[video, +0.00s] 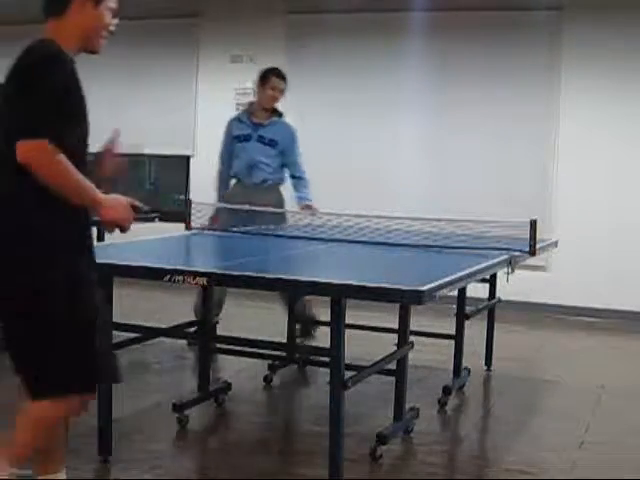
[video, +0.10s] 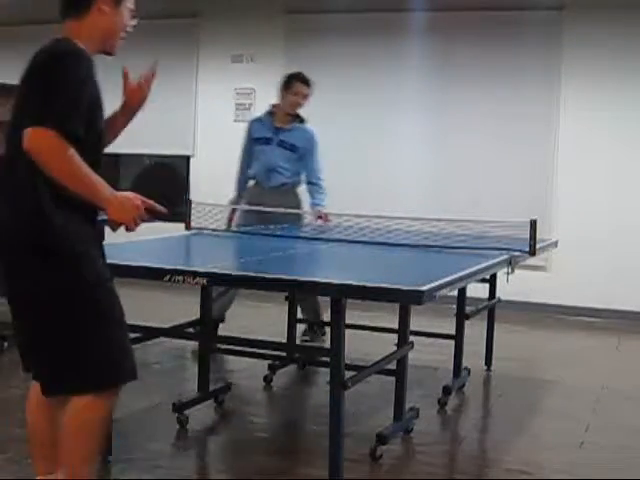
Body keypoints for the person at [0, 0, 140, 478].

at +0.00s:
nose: (111, 25)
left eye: (114, 17)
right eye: (109, 13)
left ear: (77, 11)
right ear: (79, 8)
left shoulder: (51, 64)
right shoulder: (46, 62)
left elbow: (42, 158)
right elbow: (34, 148)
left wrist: (94, 169)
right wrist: (98, 200)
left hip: (48, 247)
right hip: (38, 250)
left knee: (56, 381)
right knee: (73, 386)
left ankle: (51, 472)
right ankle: (10, 466)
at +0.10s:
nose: (130, 25)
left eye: (132, 16)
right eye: (127, 13)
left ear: (95, 11)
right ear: (100, 8)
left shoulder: (62, 60)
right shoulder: (67, 61)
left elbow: (81, 148)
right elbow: (41, 140)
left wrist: (126, 111)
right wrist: (109, 198)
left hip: (32, 246)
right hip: (58, 248)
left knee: (50, 376)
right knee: (102, 375)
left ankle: (48, 471)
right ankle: (75, 473)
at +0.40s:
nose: (178, 24)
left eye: (179, 15)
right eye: (177, 14)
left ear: (124, 15)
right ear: (162, 10)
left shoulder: (96, 63)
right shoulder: (130, 64)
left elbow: (148, 127)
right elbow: (115, 145)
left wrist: (171, 66)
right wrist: (185, 208)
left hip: (70, 241)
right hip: (110, 245)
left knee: (78, 374)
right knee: (142, 386)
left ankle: (55, 470)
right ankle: (144, 472)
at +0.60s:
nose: (201, 25)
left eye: (204, 17)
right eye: (202, 14)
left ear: (145, 12)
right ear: (191, 10)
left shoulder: (105, 61)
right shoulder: (182, 72)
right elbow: (190, 157)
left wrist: (186, 53)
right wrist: (251, 202)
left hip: (87, 237)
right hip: (144, 243)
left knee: (91, 373)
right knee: (156, 393)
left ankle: (62, 471)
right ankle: (146, 474)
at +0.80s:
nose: (208, 16)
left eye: (208, 11)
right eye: (209, 10)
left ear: (154, 9)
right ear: (202, 9)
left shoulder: (108, 61)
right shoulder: (206, 78)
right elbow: (243, 163)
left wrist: (190, 46)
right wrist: (292, 174)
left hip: (98, 242)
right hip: (163, 248)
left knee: (92, 369)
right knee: (160, 391)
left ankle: (62, 469)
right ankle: (151, 475)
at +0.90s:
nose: (209, 18)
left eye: (208, 13)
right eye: (211, 12)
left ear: (155, 11)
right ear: (205, 11)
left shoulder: (103, 56)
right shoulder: (210, 77)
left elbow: (63, 42)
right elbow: (283, 130)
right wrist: (309, 108)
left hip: (97, 248)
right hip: (164, 254)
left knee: (86, 367)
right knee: (159, 394)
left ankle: (50, 463)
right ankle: (150, 474)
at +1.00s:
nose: (205, 13)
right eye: (204, 8)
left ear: (142, 12)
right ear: (200, 12)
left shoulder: (105, 46)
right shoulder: (212, 65)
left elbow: (66, 1)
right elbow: (294, 62)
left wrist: (122, 11)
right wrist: (312, 38)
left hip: (89, 246)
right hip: (155, 254)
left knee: (72, 359)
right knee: (161, 389)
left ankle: (32, 458)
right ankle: (150, 474)